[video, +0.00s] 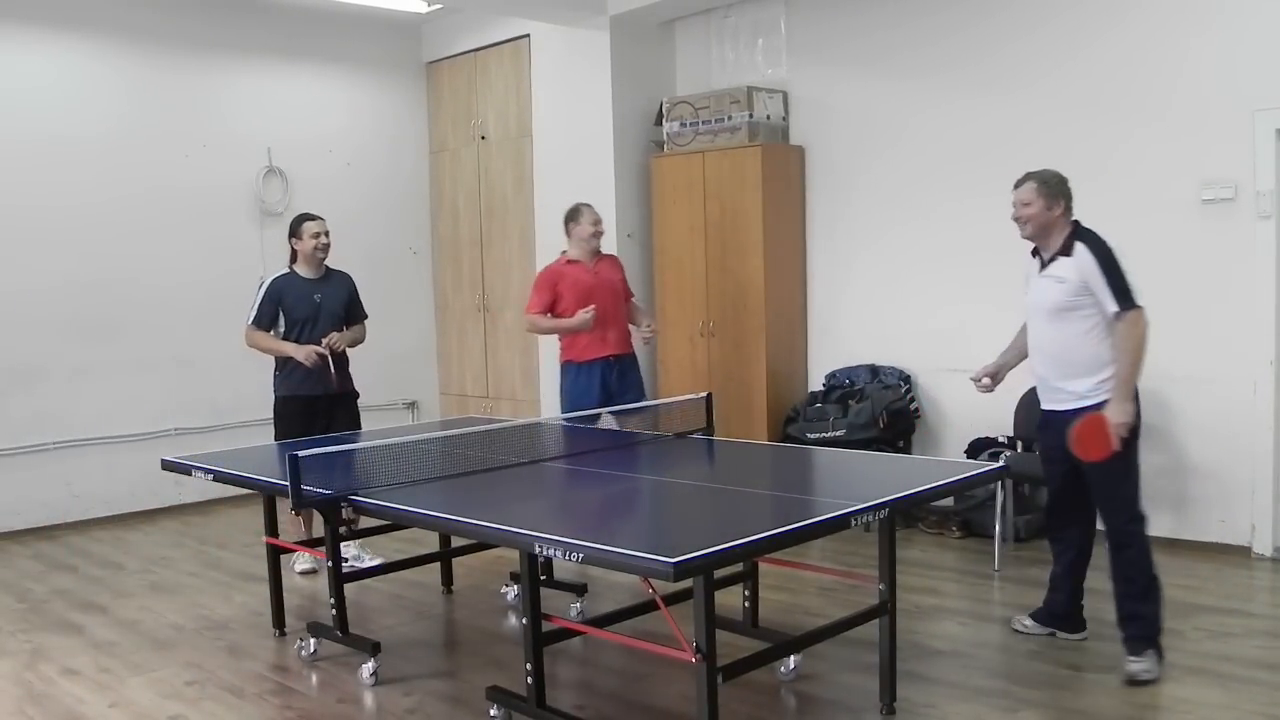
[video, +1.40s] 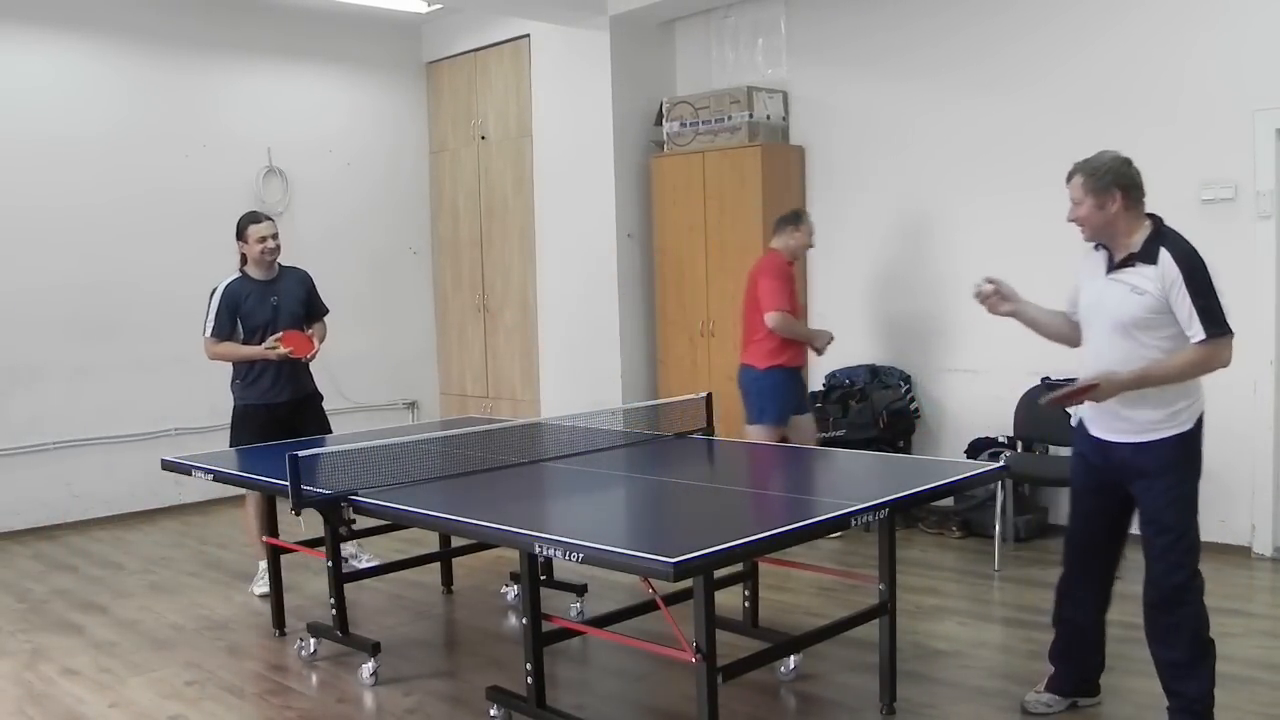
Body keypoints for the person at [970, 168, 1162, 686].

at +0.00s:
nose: (1016, 215)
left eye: (1024, 207)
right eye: (1014, 208)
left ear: (1057, 208)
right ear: (1035, 212)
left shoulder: (1090, 251)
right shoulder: (1036, 259)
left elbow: (1132, 319)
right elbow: (1039, 324)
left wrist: (1122, 397)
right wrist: (1002, 364)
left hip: (1104, 411)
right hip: (1055, 412)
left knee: (1122, 525)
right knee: (1066, 520)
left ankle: (1142, 644)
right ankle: (1062, 613)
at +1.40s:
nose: (1071, 216)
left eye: (1077, 204)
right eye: (1070, 205)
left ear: (1115, 201)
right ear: (1108, 203)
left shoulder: (1175, 257)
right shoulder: (1095, 255)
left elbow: (1217, 350)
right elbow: (1077, 331)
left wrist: (1126, 380)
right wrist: (1017, 306)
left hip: (1164, 445)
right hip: (1097, 439)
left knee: (1171, 581)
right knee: (1084, 568)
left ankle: (1190, 707)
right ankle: (1073, 680)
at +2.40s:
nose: (1098, 224)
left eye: (1106, 214)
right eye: (1093, 215)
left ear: (1142, 203)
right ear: (1093, 212)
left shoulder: (1190, 249)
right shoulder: (1103, 258)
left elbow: (1224, 331)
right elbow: (1092, 326)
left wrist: (1135, 352)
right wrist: (1069, 343)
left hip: (1183, 427)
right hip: (1118, 427)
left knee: (1182, 550)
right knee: (1131, 547)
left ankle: (1186, 671)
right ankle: (1148, 654)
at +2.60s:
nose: (1101, 222)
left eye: (1109, 210)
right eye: (1096, 212)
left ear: (1145, 202)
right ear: (1097, 210)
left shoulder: (1197, 251)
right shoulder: (1104, 258)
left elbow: (1246, 326)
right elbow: (1099, 329)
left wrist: (1172, 360)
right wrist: (1058, 324)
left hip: (1183, 428)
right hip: (1119, 427)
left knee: (1185, 549)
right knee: (1133, 547)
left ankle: (1186, 670)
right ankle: (1149, 654)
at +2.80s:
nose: (1111, 224)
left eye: (1120, 214)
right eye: (1106, 214)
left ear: (1156, 204)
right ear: (1105, 209)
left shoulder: (1204, 254)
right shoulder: (1106, 255)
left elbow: (1230, 339)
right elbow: (1090, 323)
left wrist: (1139, 346)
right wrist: (1071, 329)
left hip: (1186, 429)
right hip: (1117, 427)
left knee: (1189, 549)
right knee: (1107, 534)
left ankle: (1187, 669)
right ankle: (1140, 642)